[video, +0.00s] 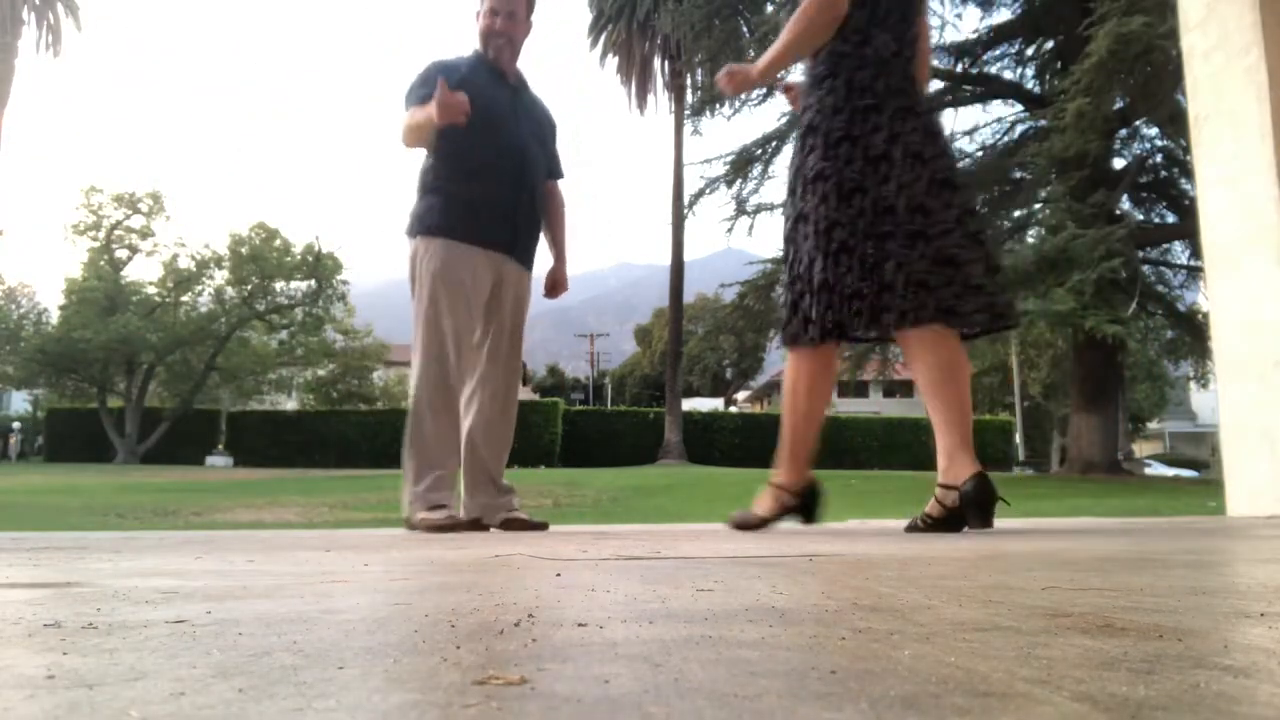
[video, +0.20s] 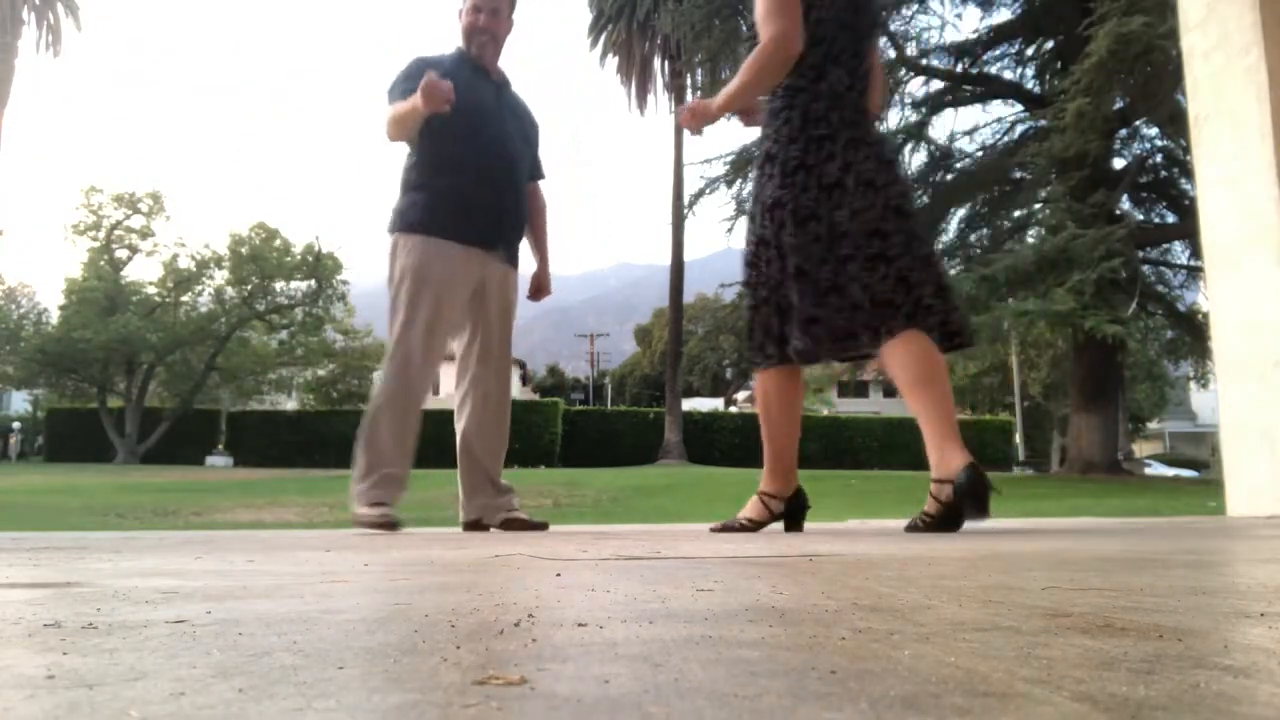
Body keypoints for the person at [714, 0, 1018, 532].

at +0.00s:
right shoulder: (908, 3)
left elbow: (826, 8)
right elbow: (917, 68)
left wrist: (758, 69)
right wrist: (823, 95)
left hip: (843, 128)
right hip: (905, 132)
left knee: (814, 304)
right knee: (920, 301)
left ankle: (790, 480)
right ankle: (960, 476)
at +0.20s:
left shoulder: (781, 2)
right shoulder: (854, 9)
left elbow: (782, 42)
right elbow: (871, 98)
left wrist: (716, 101)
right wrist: (763, 109)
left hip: (798, 156)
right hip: (859, 154)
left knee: (773, 316)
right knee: (889, 307)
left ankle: (778, 488)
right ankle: (952, 470)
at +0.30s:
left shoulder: (766, 3)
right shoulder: (819, 12)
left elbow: (775, 47)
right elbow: (824, 95)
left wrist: (706, 101)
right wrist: (741, 110)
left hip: (778, 161)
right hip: (831, 158)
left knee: (758, 322)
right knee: (864, 311)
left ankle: (777, 489)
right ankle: (939, 454)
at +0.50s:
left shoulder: (751, 5)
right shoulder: (735, 25)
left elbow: (774, 77)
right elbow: (757, 115)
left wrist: (695, 117)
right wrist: (698, 140)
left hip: (752, 186)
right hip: (769, 187)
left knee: (731, 343)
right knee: (786, 345)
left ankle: (777, 490)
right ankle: (896, 442)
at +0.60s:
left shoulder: (753, 11)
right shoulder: (722, 40)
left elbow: (778, 87)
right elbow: (736, 134)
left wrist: (693, 116)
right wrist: (682, 144)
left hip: (749, 193)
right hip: (742, 194)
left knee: (722, 347)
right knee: (755, 355)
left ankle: (776, 490)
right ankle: (848, 465)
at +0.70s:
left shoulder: (748, 12)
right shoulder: (704, 41)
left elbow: (786, 81)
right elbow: (719, 136)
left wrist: (700, 112)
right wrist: (667, 143)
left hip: (748, 190)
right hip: (719, 196)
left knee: (714, 343)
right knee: (722, 344)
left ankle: (777, 487)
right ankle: (775, 487)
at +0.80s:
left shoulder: (742, 16)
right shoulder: (681, 49)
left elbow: (786, 84)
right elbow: (701, 151)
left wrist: (705, 111)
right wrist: (655, 145)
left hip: (745, 193)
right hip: (703, 202)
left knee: (734, 342)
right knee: (692, 348)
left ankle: (779, 489)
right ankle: (698, 488)